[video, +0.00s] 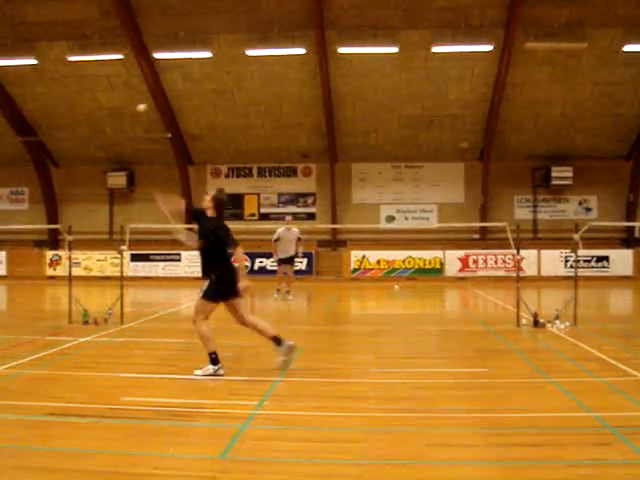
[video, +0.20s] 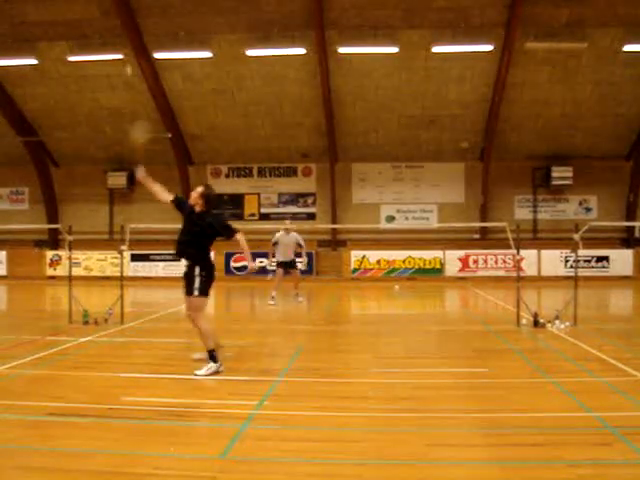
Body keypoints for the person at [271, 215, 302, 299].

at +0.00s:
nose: (288, 224)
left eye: (290, 222)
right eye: (287, 222)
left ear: (293, 223)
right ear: (284, 223)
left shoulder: (296, 232)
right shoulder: (280, 231)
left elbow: (299, 241)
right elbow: (274, 241)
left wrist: (298, 252)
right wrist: (274, 253)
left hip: (291, 254)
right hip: (281, 255)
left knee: (290, 274)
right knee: (280, 273)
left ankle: (288, 291)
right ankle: (278, 290)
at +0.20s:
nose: (287, 227)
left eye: (289, 225)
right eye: (286, 225)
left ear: (292, 226)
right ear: (283, 226)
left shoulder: (295, 236)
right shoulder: (278, 236)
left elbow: (302, 246)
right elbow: (272, 246)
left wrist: (304, 257)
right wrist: (270, 258)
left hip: (291, 259)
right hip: (280, 259)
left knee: (297, 276)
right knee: (279, 276)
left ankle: (297, 294)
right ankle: (273, 295)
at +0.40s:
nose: (293, 236)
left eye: (295, 234)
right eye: (292, 234)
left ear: (296, 235)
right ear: (289, 234)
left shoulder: (299, 245)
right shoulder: (283, 244)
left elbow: (303, 256)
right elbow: (276, 254)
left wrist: (303, 265)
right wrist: (272, 264)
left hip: (293, 263)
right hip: (283, 264)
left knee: (302, 277)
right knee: (282, 277)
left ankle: (310, 296)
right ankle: (273, 295)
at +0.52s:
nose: (292, 238)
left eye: (294, 236)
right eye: (291, 236)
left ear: (296, 237)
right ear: (288, 236)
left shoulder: (299, 247)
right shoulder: (283, 246)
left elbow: (303, 258)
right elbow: (278, 256)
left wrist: (303, 263)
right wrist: (275, 262)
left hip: (295, 266)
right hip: (284, 266)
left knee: (303, 282)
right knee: (277, 277)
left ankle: (313, 296)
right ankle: (272, 296)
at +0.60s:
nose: (286, 235)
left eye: (288, 233)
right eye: (285, 233)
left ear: (290, 234)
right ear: (282, 233)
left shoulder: (294, 244)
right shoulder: (277, 243)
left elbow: (299, 256)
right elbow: (273, 254)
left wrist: (300, 267)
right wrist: (271, 264)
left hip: (291, 265)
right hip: (279, 266)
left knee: (299, 281)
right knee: (274, 276)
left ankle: (311, 296)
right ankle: (270, 296)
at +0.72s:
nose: (278, 227)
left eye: (280, 225)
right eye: (277, 225)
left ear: (283, 227)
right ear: (275, 226)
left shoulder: (285, 237)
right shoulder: (269, 236)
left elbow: (292, 250)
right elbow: (266, 247)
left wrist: (293, 262)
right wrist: (265, 257)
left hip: (283, 260)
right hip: (273, 260)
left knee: (290, 279)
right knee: (270, 278)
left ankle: (304, 292)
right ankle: (270, 297)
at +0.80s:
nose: (275, 224)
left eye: (277, 223)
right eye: (274, 222)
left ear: (279, 224)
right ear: (272, 223)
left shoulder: (281, 234)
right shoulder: (267, 233)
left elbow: (286, 246)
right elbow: (262, 245)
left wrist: (287, 257)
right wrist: (261, 257)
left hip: (280, 257)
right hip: (270, 258)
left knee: (282, 276)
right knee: (270, 278)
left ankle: (297, 289)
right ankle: (270, 297)